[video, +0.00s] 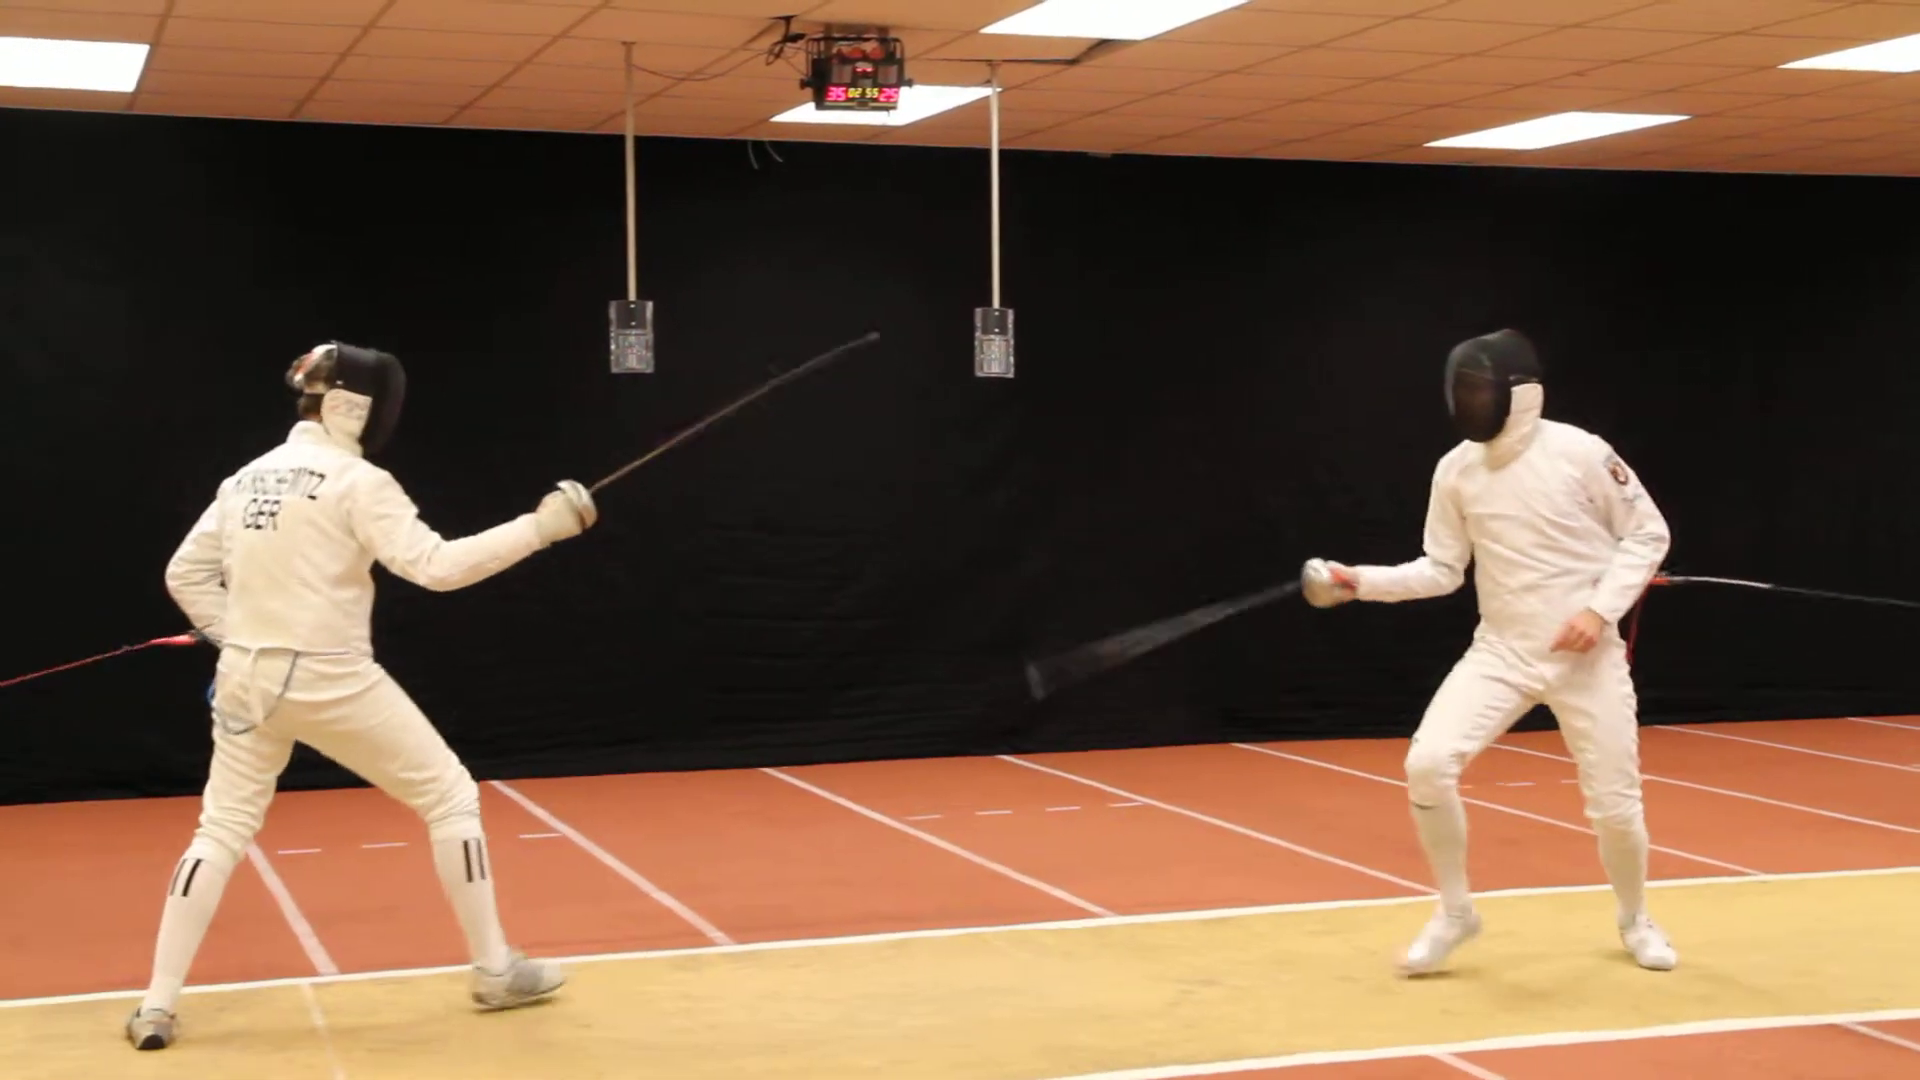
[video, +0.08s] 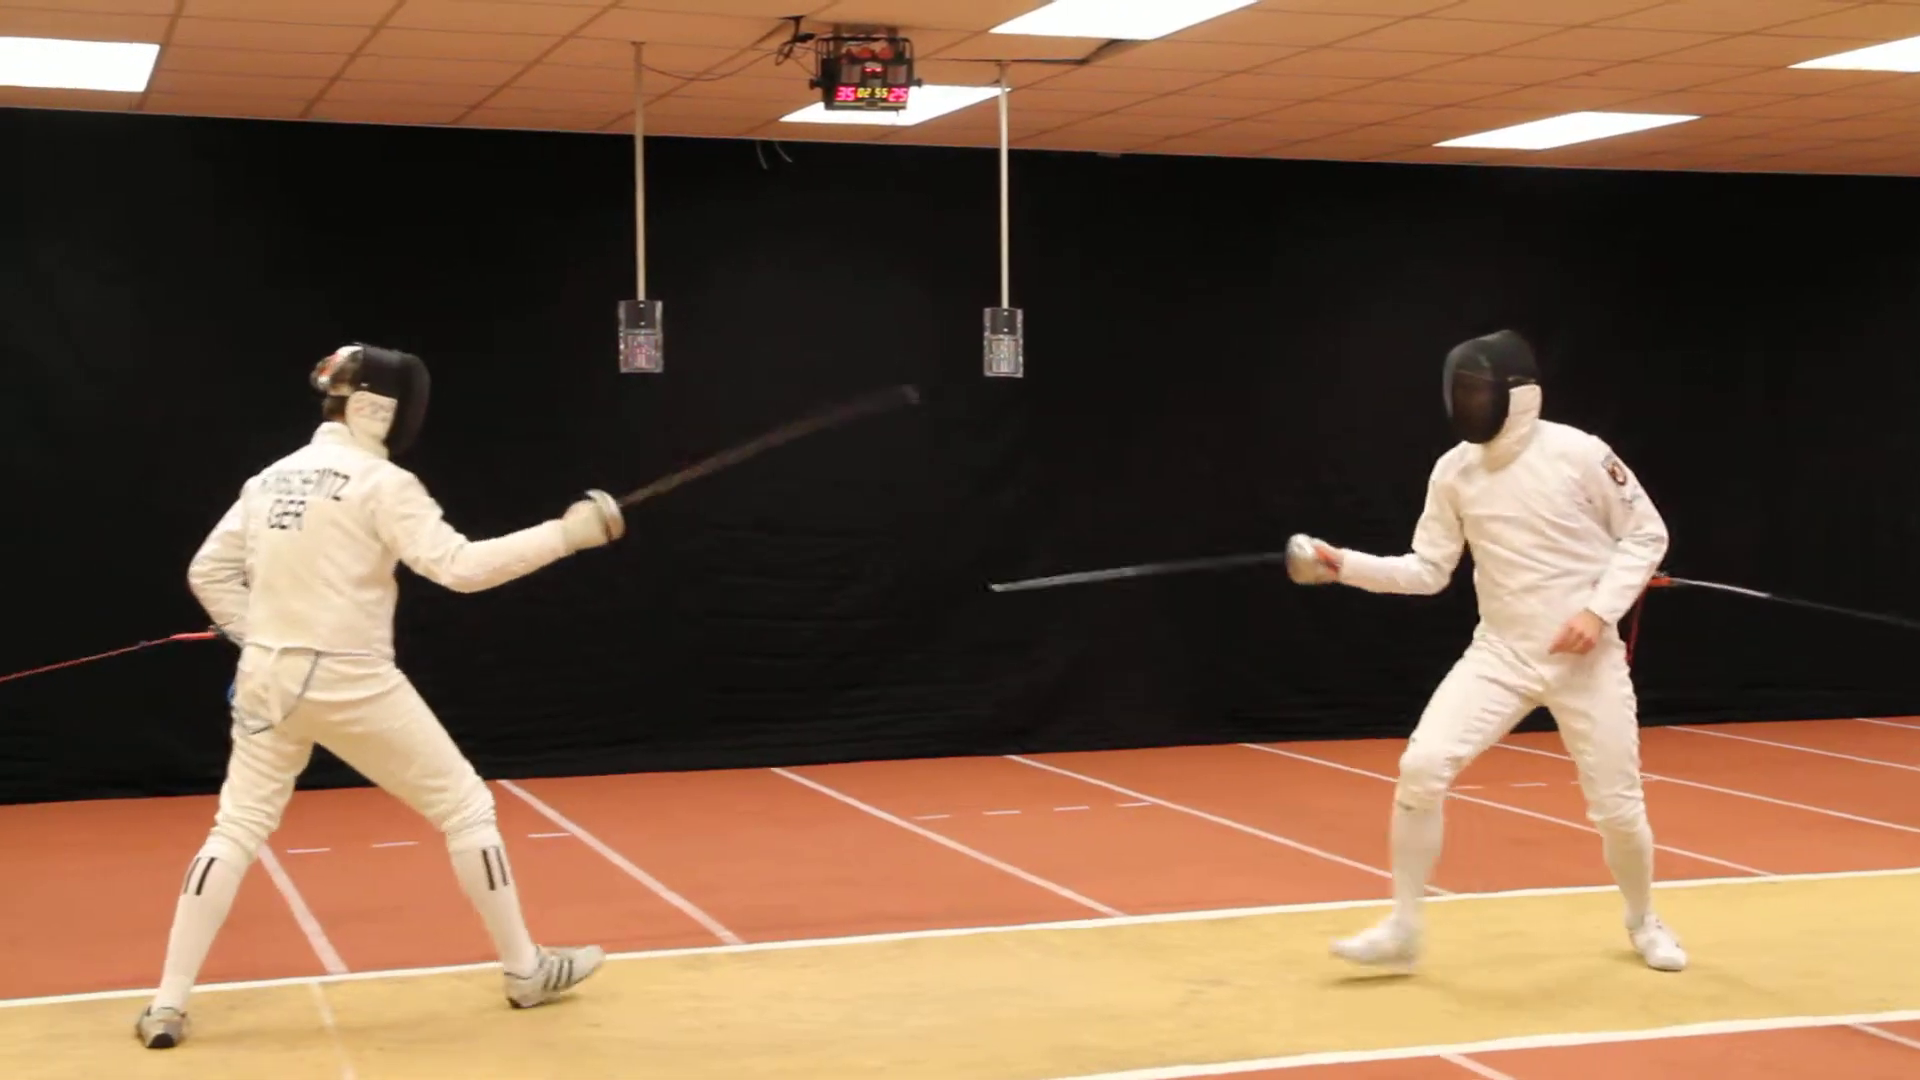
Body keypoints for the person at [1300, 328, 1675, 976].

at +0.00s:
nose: (1465, 401)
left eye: (1479, 388)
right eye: (1462, 388)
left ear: (1522, 391)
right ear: (1461, 393)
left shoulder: (1581, 455)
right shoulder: (1456, 472)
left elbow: (1648, 536)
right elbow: (1442, 568)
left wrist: (1601, 609)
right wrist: (1358, 580)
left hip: (1589, 659)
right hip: (1499, 654)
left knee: (1616, 809)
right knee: (1427, 766)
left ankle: (1635, 921)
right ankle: (1455, 913)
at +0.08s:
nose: (1460, 402)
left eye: (1475, 389)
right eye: (1458, 389)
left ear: (1518, 391)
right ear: (1457, 393)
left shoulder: (1580, 456)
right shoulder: (1454, 473)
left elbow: (1646, 537)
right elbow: (1428, 571)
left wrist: (1599, 611)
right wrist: (1337, 563)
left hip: (1588, 660)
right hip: (1498, 656)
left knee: (1619, 811)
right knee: (1421, 769)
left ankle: (1644, 923)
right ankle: (1403, 930)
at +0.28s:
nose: (1408, 425)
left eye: (1422, 410)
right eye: (1405, 411)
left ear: (1464, 414)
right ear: (1407, 418)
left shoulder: (1533, 476)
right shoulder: (1405, 492)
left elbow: (1599, 558)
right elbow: (1337, 567)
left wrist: (1567, 641)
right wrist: (1244, 547)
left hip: (1548, 685)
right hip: (1455, 681)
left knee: (1605, 826)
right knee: (1370, 794)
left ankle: (1651, 927)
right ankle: (1315, 953)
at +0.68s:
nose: (1348, 440)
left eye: (1360, 427)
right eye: (1344, 427)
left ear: (1404, 429)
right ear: (1346, 433)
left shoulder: (1473, 485)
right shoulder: (1347, 504)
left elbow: (1552, 560)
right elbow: (1264, 560)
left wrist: (1526, 649)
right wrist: (1170, 530)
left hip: (1509, 690)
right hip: (1414, 689)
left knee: (1578, 829)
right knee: (1316, 788)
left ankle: (1590, 934)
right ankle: (1319, 956)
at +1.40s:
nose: (1409, 417)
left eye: (1422, 403)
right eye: (1406, 404)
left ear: (1464, 402)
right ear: (1406, 408)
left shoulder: (1529, 461)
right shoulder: (1406, 480)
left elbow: (1603, 541)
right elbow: (1352, 559)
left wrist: (1549, 616)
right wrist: (1264, 543)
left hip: (1558, 665)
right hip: (1466, 666)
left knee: (1590, 815)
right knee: (1393, 788)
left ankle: (1615, 936)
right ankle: (1354, 952)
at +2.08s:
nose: (1368, 427)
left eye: (1380, 414)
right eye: (1365, 414)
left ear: (1425, 414)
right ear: (1369, 418)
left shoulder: (1496, 472)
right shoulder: (1365, 485)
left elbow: (1559, 553)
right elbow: (1279, 535)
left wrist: (1534, 635)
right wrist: (1176, 517)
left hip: (1510, 681)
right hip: (1416, 676)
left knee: (1562, 822)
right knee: (1341, 793)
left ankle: (1603, 940)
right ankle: (1326, 962)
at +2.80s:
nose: (1381, 432)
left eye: (1393, 417)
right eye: (1376, 419)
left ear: (1435, 416)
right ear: (1377, 423)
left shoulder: (1505, 477)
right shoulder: (1380, 495)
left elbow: (1575, 562)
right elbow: (1341, 581)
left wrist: (1542, 640)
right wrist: (1252, 557)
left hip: (1528, 684)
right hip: (1435, 682)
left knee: (1591, 831)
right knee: (1355, 799)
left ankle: (1638, 923)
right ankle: (1313, 962)